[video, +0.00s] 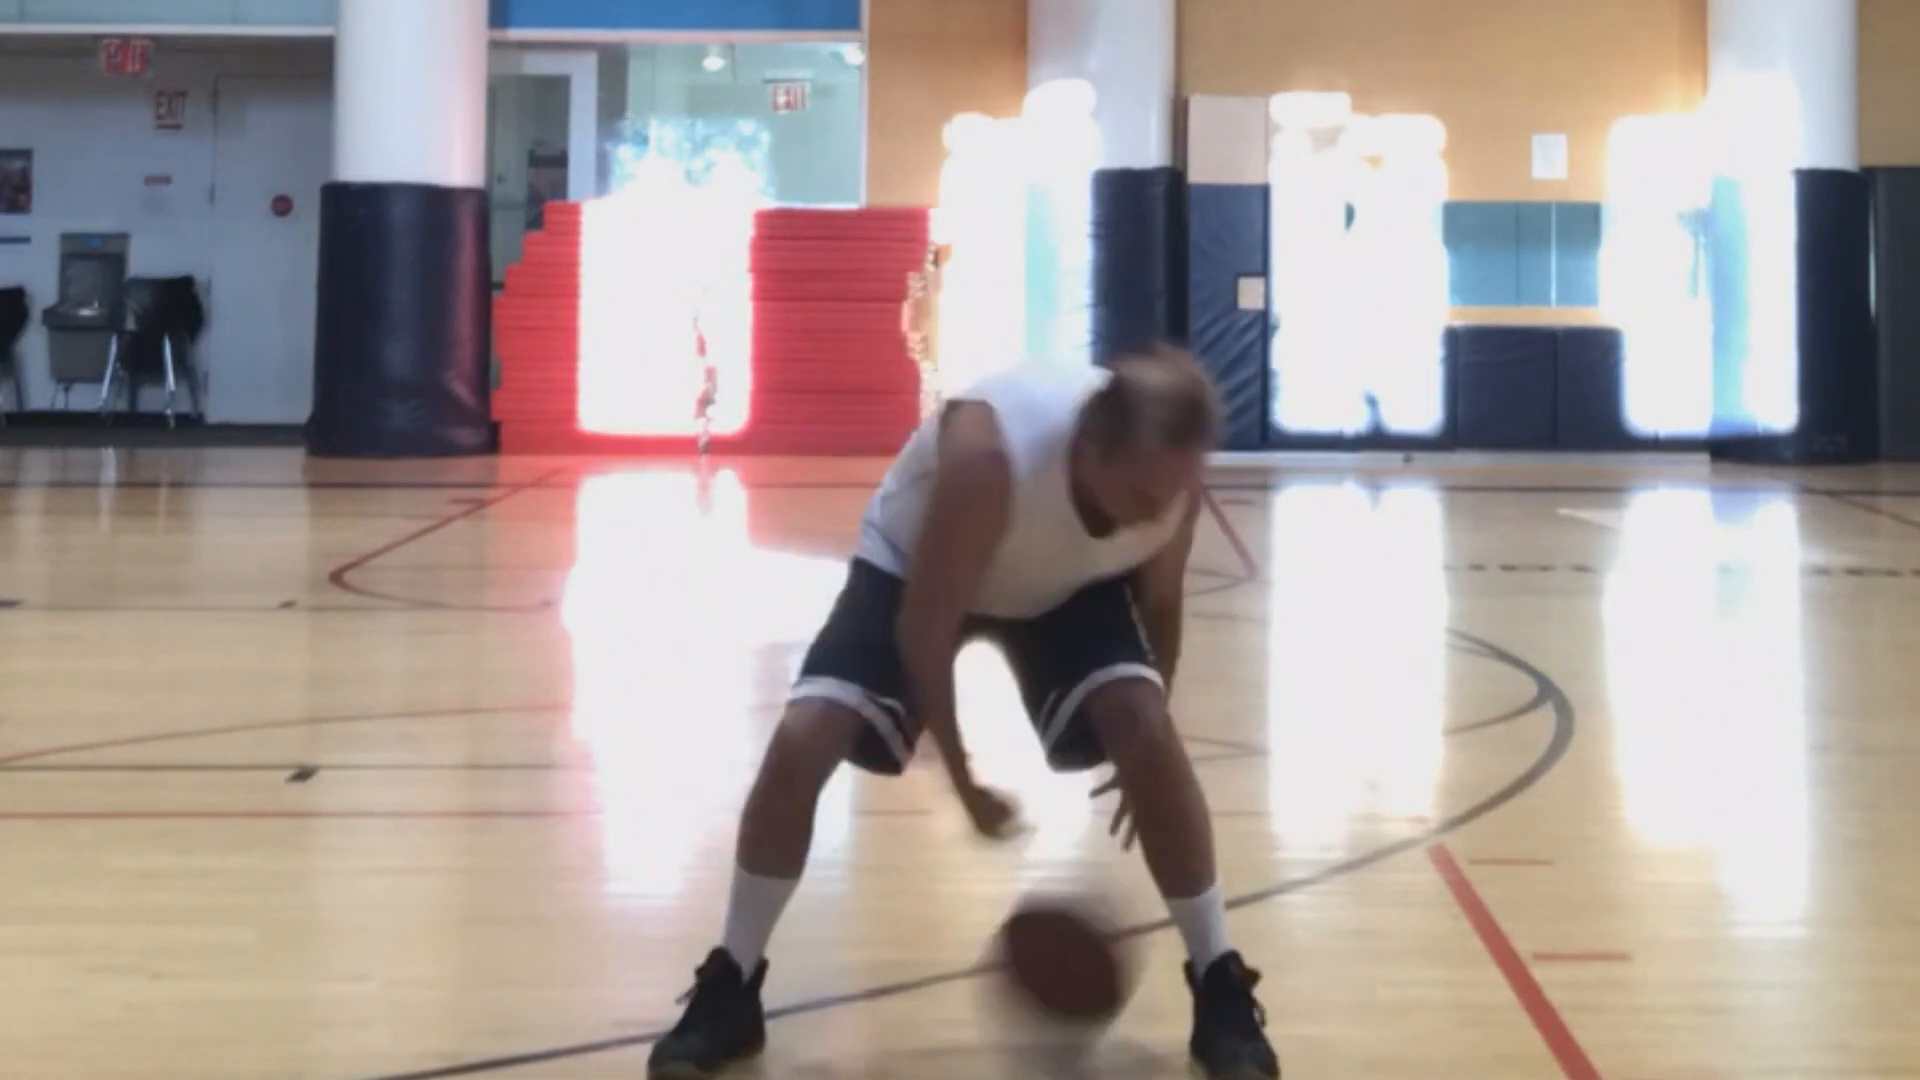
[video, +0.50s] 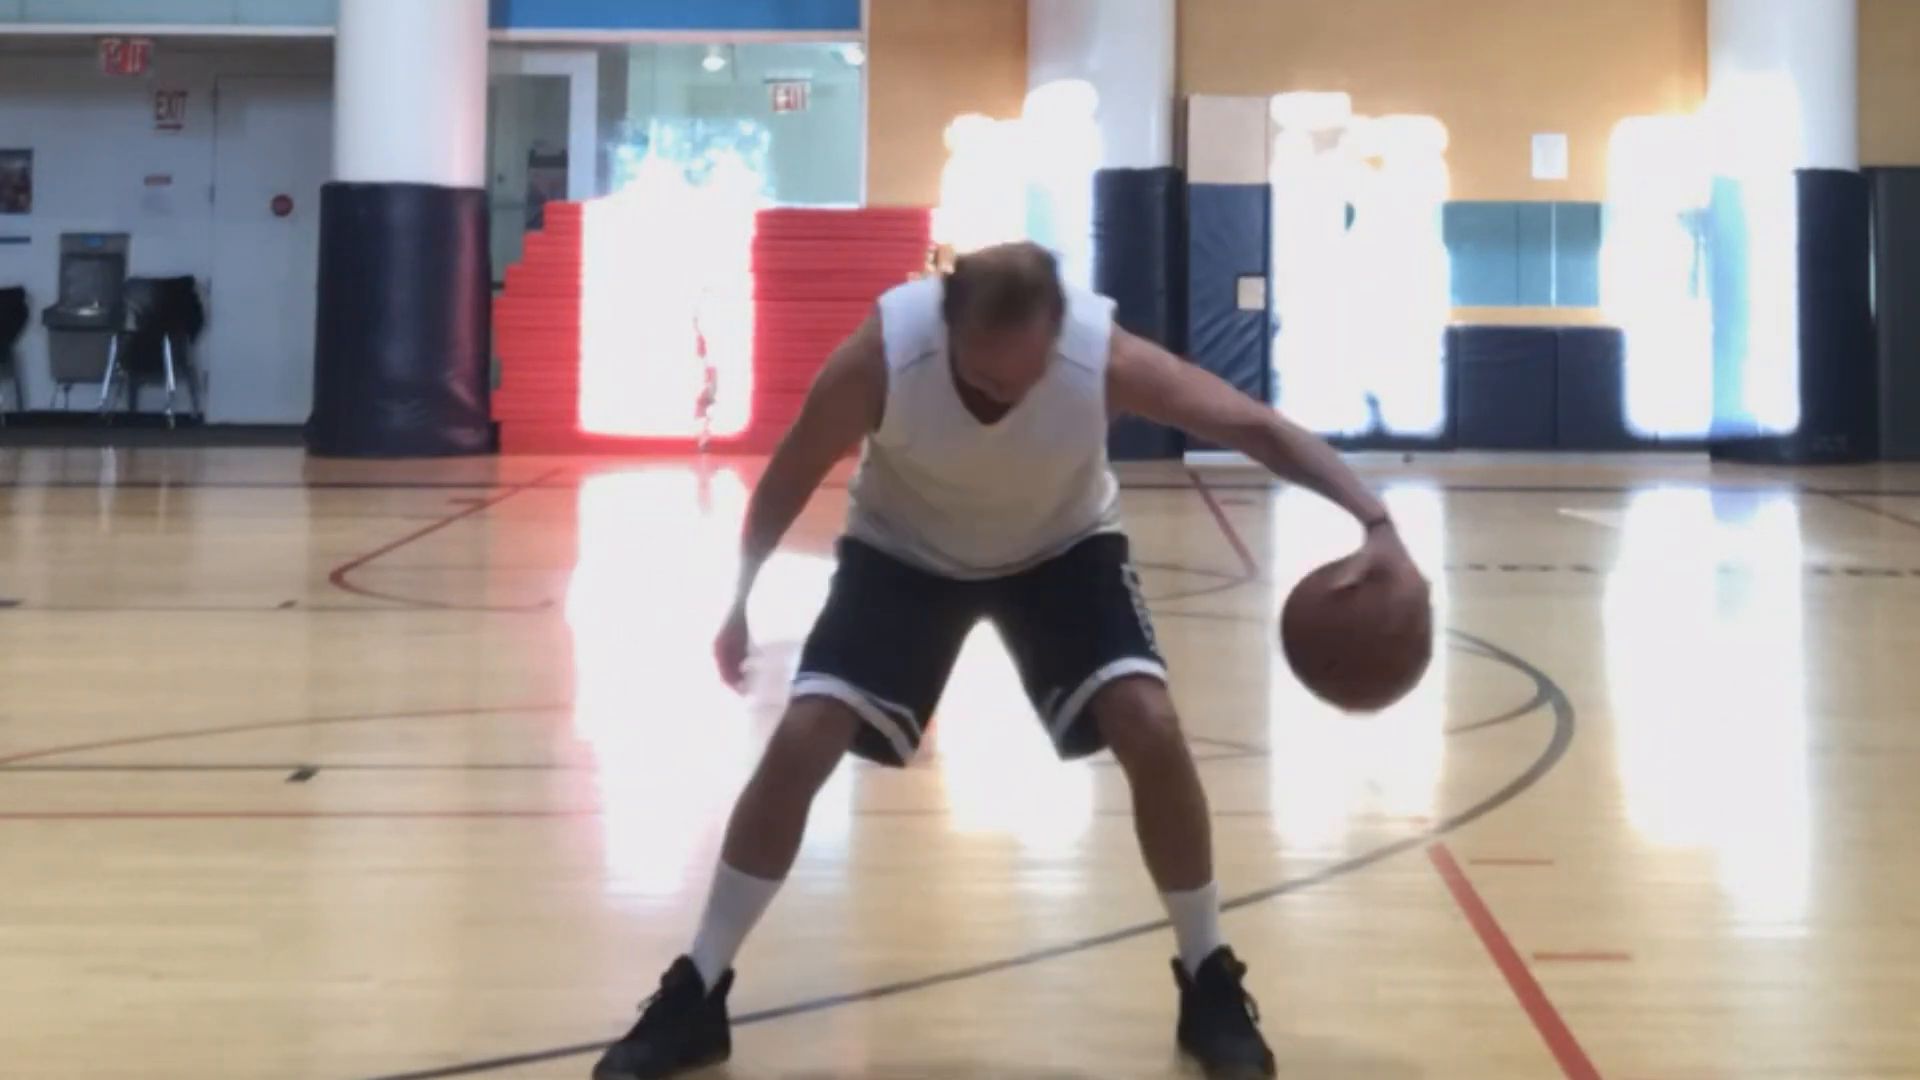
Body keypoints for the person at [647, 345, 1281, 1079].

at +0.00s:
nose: (1156, 512)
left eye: (1173, 496)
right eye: (1141, 494)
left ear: (1192, 465)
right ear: (1092, 446)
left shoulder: (1177, 478)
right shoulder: (991, 451)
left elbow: (1159, 605)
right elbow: (926, 624)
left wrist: (1143, 753)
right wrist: (965, 781)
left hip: (1067, 583)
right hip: (920, 564)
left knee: (1144, 727)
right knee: (800, 740)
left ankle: (1220, 985)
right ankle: (729, 986)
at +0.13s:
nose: (1218, 520)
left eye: (1235, 505)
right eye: (1208, 503)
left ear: (1251, 473)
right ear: (1162, 454)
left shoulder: (1201, 441)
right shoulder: (1041, 472)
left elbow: (1202, 516)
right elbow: (931, 600)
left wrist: (1235, 597)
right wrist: (970, 757)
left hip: (1073, 583)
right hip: (927, 568)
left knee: (1165, 738)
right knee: (813, 760)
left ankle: (1230, 990)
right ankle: (709, 990)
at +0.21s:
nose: (757, 480)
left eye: (769, 457)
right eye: (739, 463)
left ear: (820, 401)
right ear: (725, 420)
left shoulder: (936, 447)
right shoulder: (789, 400)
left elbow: (1065, 578)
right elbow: (750, 479)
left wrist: (1021, 753)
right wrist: (663, 563)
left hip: (1052, 564)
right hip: (912, 565)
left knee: (1122, 762)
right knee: (777, 726)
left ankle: (1223, 991)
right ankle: (699, 992)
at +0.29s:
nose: (746, 493)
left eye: (746, 473)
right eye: (734, 480)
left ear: (797, 422)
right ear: (735, 444)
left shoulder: (920, 455)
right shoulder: (787, 461)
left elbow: (1021, 601)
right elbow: (845, 594)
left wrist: (967, 736)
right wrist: (870, 746)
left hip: (1062, 580)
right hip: (910, 583)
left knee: (1138, 771)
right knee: (770, 732)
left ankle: (1230, 998)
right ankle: (683, 994)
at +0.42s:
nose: (1053, 427)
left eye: (1071, 408)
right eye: (1035, 409)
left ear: (1102, 364)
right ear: (998, 365)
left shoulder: (1147, 386)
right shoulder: (934, 380)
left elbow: (1226, 504)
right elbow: (861, 545)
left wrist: (1315, 624)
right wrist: (851, 716)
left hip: (1081, 551)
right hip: (933, 551)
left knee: (1154, 733)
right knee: (809, 736)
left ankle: (1244, 990)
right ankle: (679, 990)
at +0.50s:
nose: (1002, 396)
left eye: (1023, 379)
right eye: (984, 378)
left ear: (1057, 336)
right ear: (950, 328)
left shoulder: (1106, 360)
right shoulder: (883, 354)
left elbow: (1257, 429)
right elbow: (795, 467)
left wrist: (1375, 515)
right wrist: (741, 595)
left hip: (1062, 541)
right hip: (905, 548)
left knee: (1150, 728)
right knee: (803, 739)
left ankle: (1210, 987)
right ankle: (694, 997)